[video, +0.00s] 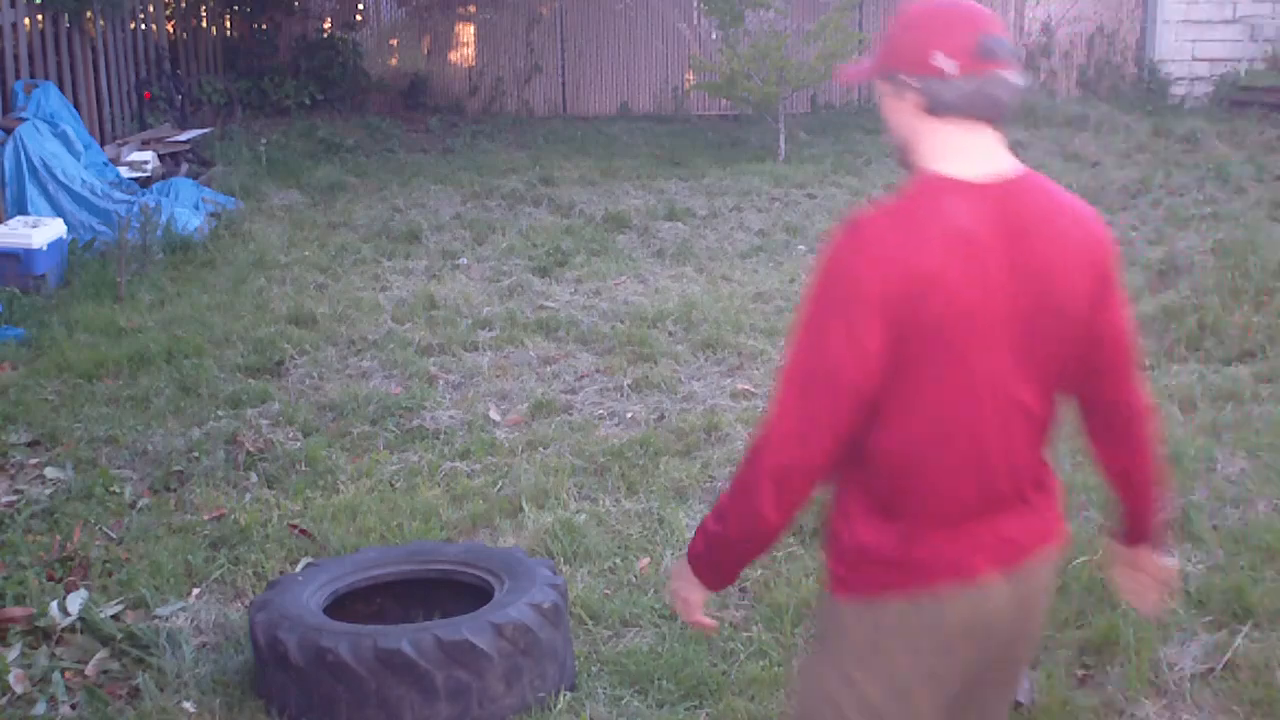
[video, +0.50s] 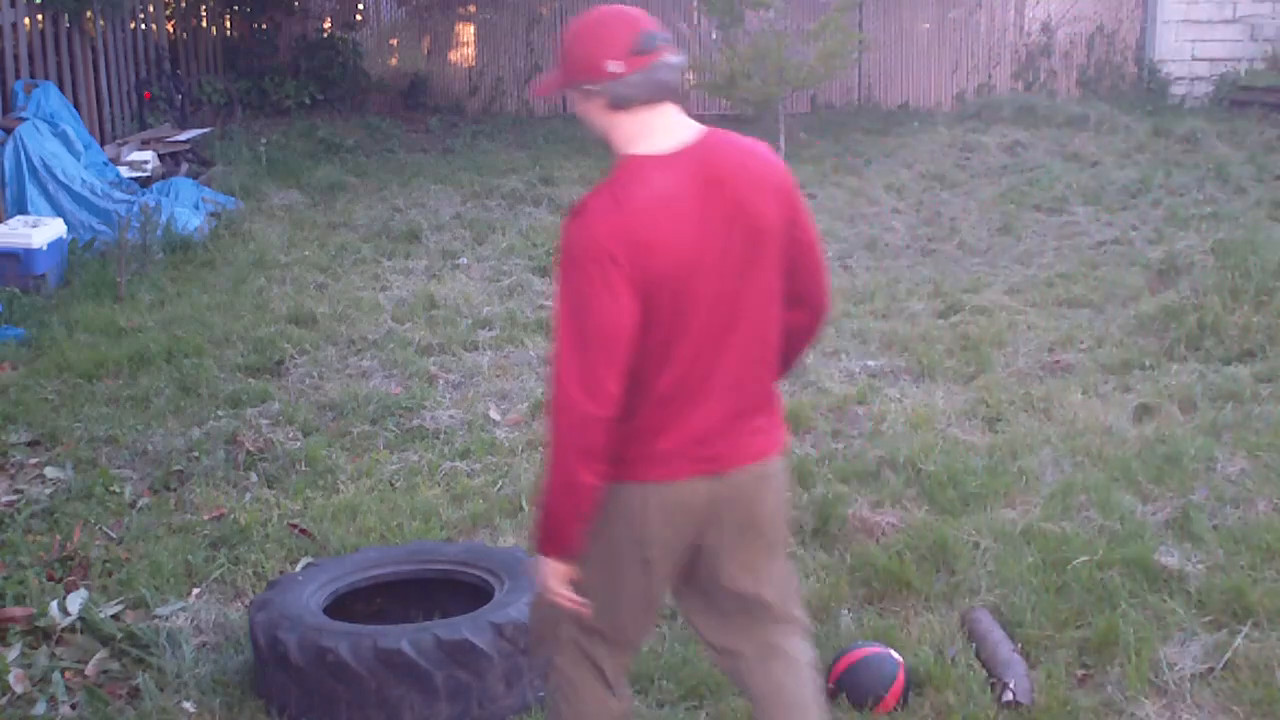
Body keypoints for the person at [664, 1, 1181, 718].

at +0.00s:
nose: (881, 110)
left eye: (884, 93)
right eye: (881, 94)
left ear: (910, 98)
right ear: (996, 95)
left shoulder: (881, 243)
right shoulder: (1076, 228)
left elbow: (800, 438)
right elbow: (1116, 397)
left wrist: (706, 561)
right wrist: (1145, 528)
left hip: (902, 591)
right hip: (1028, 567)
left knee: (841, 704)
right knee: (984, 708)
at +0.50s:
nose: (576, 108)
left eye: (576, 95)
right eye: (573, 96)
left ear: (595, 99)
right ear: (667, 79)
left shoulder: (605, 219)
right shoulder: (762, 166)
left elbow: (587, 400)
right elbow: (808, 302)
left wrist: (557, 541)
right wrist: (746, 370)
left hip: (645, 487)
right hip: (755, 472)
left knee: (583, 653)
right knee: (772, 641)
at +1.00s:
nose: (480, 162)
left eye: (479, 149)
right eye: (474, 151)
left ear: (510, 135)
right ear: (536, 116)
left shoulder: (565, 211)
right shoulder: (618, 162)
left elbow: (562, 369)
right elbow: (635, 294)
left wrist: (449, 414)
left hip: (599, 432)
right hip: (655, 407)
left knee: (527, 603)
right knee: (615, 545)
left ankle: (571, 709)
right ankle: (635, 667)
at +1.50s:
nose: (423, 265)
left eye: (423, 254)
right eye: (414, 257)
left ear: (445, 223)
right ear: (437, 219)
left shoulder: (541, 257)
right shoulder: (455, 239)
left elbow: (600, 382)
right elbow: (465, 334)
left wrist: (544, 466)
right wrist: (470, 424)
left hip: (623, 373)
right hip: (549, 366)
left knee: (582, 521)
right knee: (518, 468)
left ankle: (598, 686)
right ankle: (527, 597)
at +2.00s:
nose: (444, 411)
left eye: (448, 399)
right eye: (436, 407)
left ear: (468, 360)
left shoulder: (548, 355)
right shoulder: (437, 352)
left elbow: (620, 429)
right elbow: (440, 442)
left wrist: (546, 493)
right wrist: (450, 536)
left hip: (627, 392)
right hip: (529, 397)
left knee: (592, 510)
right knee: (468, 496)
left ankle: (598, 682)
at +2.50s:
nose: (600, 284)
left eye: (615, 274)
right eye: (591, 271)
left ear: (641, 249)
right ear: (566, 230)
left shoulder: (660, 282)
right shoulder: (515, 237)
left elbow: (639, 395)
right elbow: (452, 333)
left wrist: (561, 460)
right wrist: (421, 452)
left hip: (628, 402)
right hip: (537, 390)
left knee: (628, 540)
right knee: (513, 529)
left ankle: (611, 686)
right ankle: (500, 667)